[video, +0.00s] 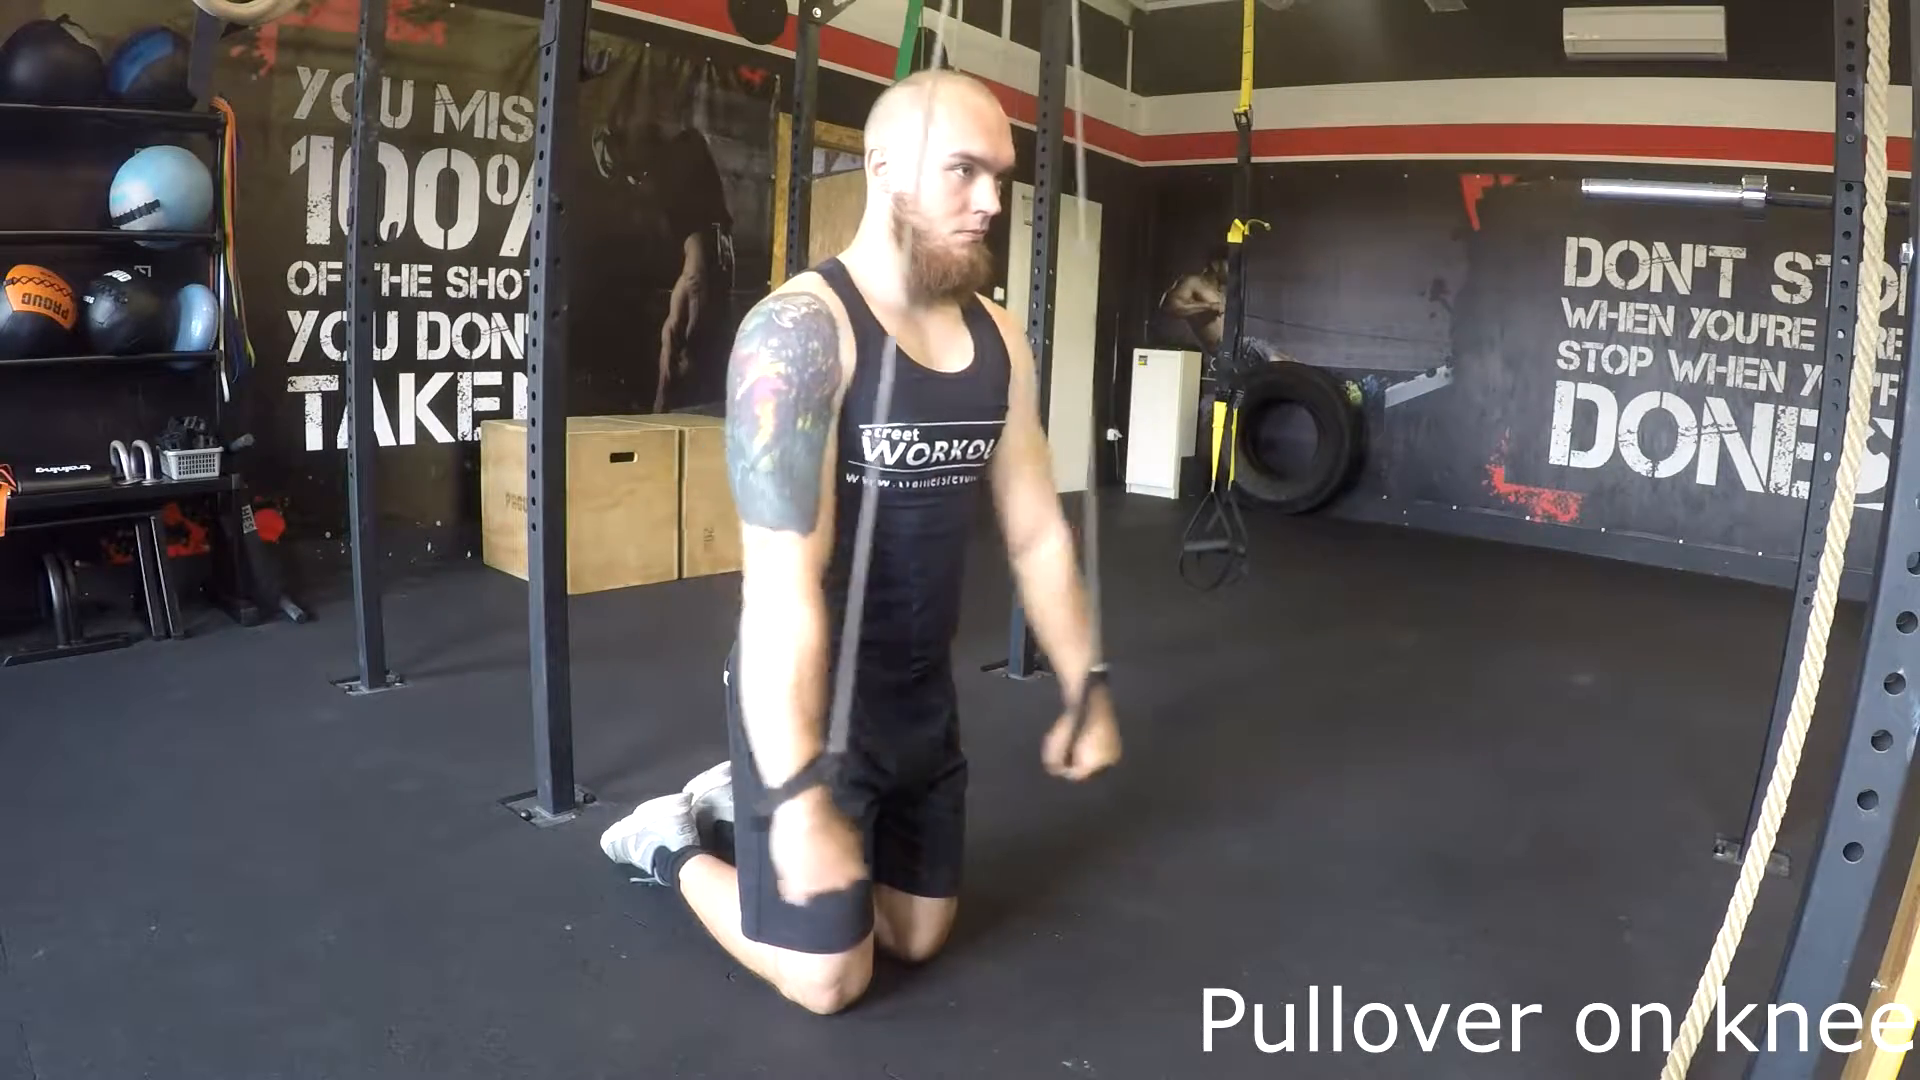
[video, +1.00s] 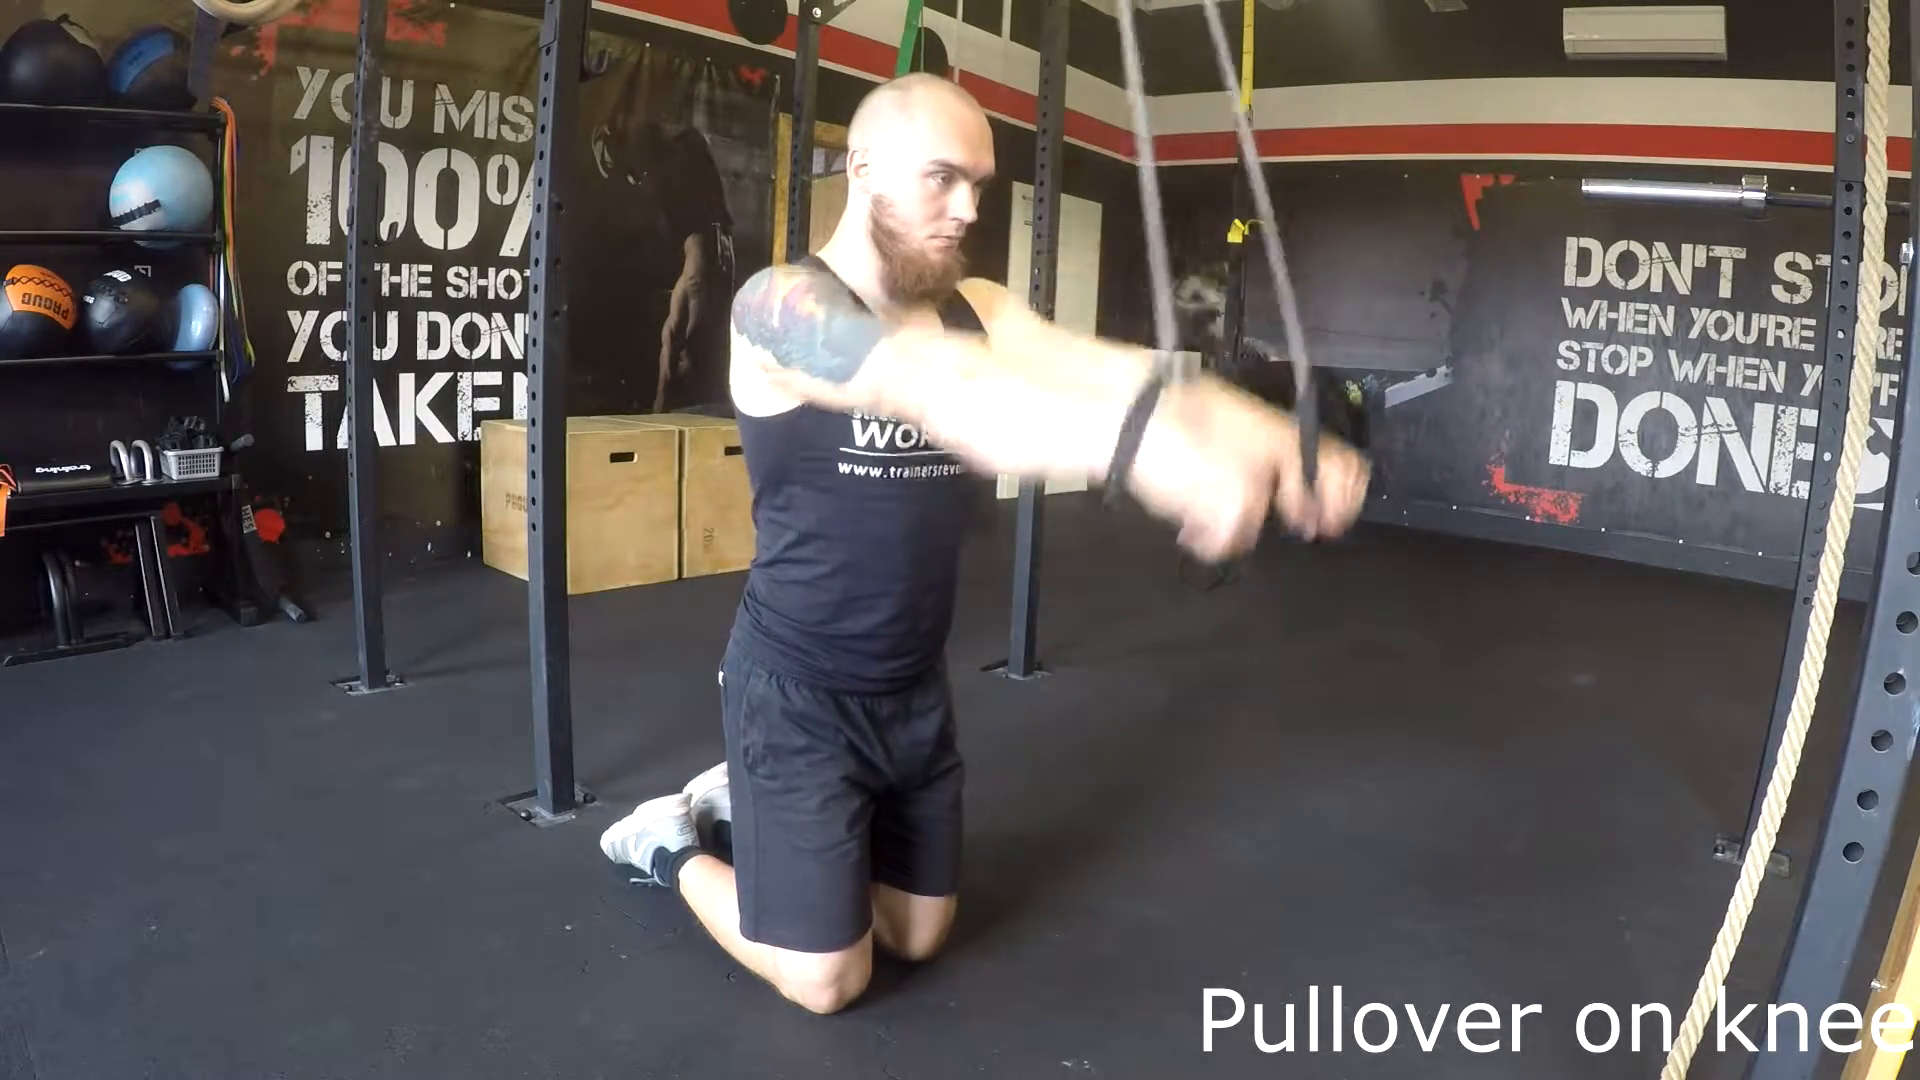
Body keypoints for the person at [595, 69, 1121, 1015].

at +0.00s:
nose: (990, 201)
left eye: (1002, 176)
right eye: (964, 169)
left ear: (1007, 186)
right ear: (886, 173)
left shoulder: (996, 337)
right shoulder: (796, 333)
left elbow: (1037, 530)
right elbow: (782, 583)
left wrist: (1084, 679)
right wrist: (801, 793)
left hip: (920, 693)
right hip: (810, 694)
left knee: (916, 932)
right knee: (825, 981)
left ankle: (731, 808)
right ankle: (673, 854)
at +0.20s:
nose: (980, 197)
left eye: (991, 172)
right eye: (953, 167)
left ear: (1000, 184)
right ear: (874, 172)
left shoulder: (992, 329)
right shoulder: (797, 327)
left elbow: (1074, 490)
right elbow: (847, 560)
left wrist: (1178, 647)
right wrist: (933, 759)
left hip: (926, 684)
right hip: (806, 691)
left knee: (916, 933)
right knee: (824, 979)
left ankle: (754, 805)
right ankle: (675, 850)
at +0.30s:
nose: (978, 200)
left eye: (989, 175)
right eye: (954, 168)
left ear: (993, 184)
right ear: (875, 170)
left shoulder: (991, 324)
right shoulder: (794, 317)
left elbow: (1100, 468)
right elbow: (881, 512)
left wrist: (1227, 598)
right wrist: (1000, 681)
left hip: (933, 684)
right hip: (805, 687)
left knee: (913, 934)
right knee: (824, 981)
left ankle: (746, 810)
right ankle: (676, 853)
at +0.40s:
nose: (975, 201)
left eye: (985, 178)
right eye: (950, 170)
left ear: (990, 187)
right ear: (870, 171)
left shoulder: (982, 317)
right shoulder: (790, 311)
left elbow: (1116, 426)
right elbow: (918, 462)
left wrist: (1269, 529)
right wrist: (1086, 580)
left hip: (918, 685)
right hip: (800, 687)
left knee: (914, 932)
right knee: (823, 978)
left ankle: (738, 817)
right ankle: (674, 855)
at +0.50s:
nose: (968, 205)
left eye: (981, 182)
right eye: (944, 174)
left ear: (987, 186)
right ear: (864, 166)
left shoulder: (981, 311)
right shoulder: (784, 305)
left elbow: (1121, 379)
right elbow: (934, 395)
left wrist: (1281, 456)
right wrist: (1128, 449)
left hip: (917, 685)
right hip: (799, 686)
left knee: (916, 932)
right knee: (824, 979)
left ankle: (745, 809)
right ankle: (676, 854)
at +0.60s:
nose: (966, 207)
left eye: (979, 185)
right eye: (943, 175)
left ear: (982, 192)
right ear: (861, 166)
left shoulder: (970, 309)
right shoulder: (780, 293)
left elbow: (1109, 356)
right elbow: (929, 332)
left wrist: (1281, 398)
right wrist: (1155, 332)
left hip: (916, 686)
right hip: (798, 686)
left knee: (916, 932)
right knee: (823, 981)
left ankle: (744, 806)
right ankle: (677, 854)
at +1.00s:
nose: (965, 211)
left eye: (980, 187)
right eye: (941, 180)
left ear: (987, 191)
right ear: (862, 173)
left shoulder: (977, 311)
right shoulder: (782, 303)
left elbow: (1111, 373)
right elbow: (939, 396)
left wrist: (1263, 437)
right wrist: (1138, 446)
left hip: (913, 685)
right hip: (795, 686)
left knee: (916, 932)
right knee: (822, 980)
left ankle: (746, 806)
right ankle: (677, 855)